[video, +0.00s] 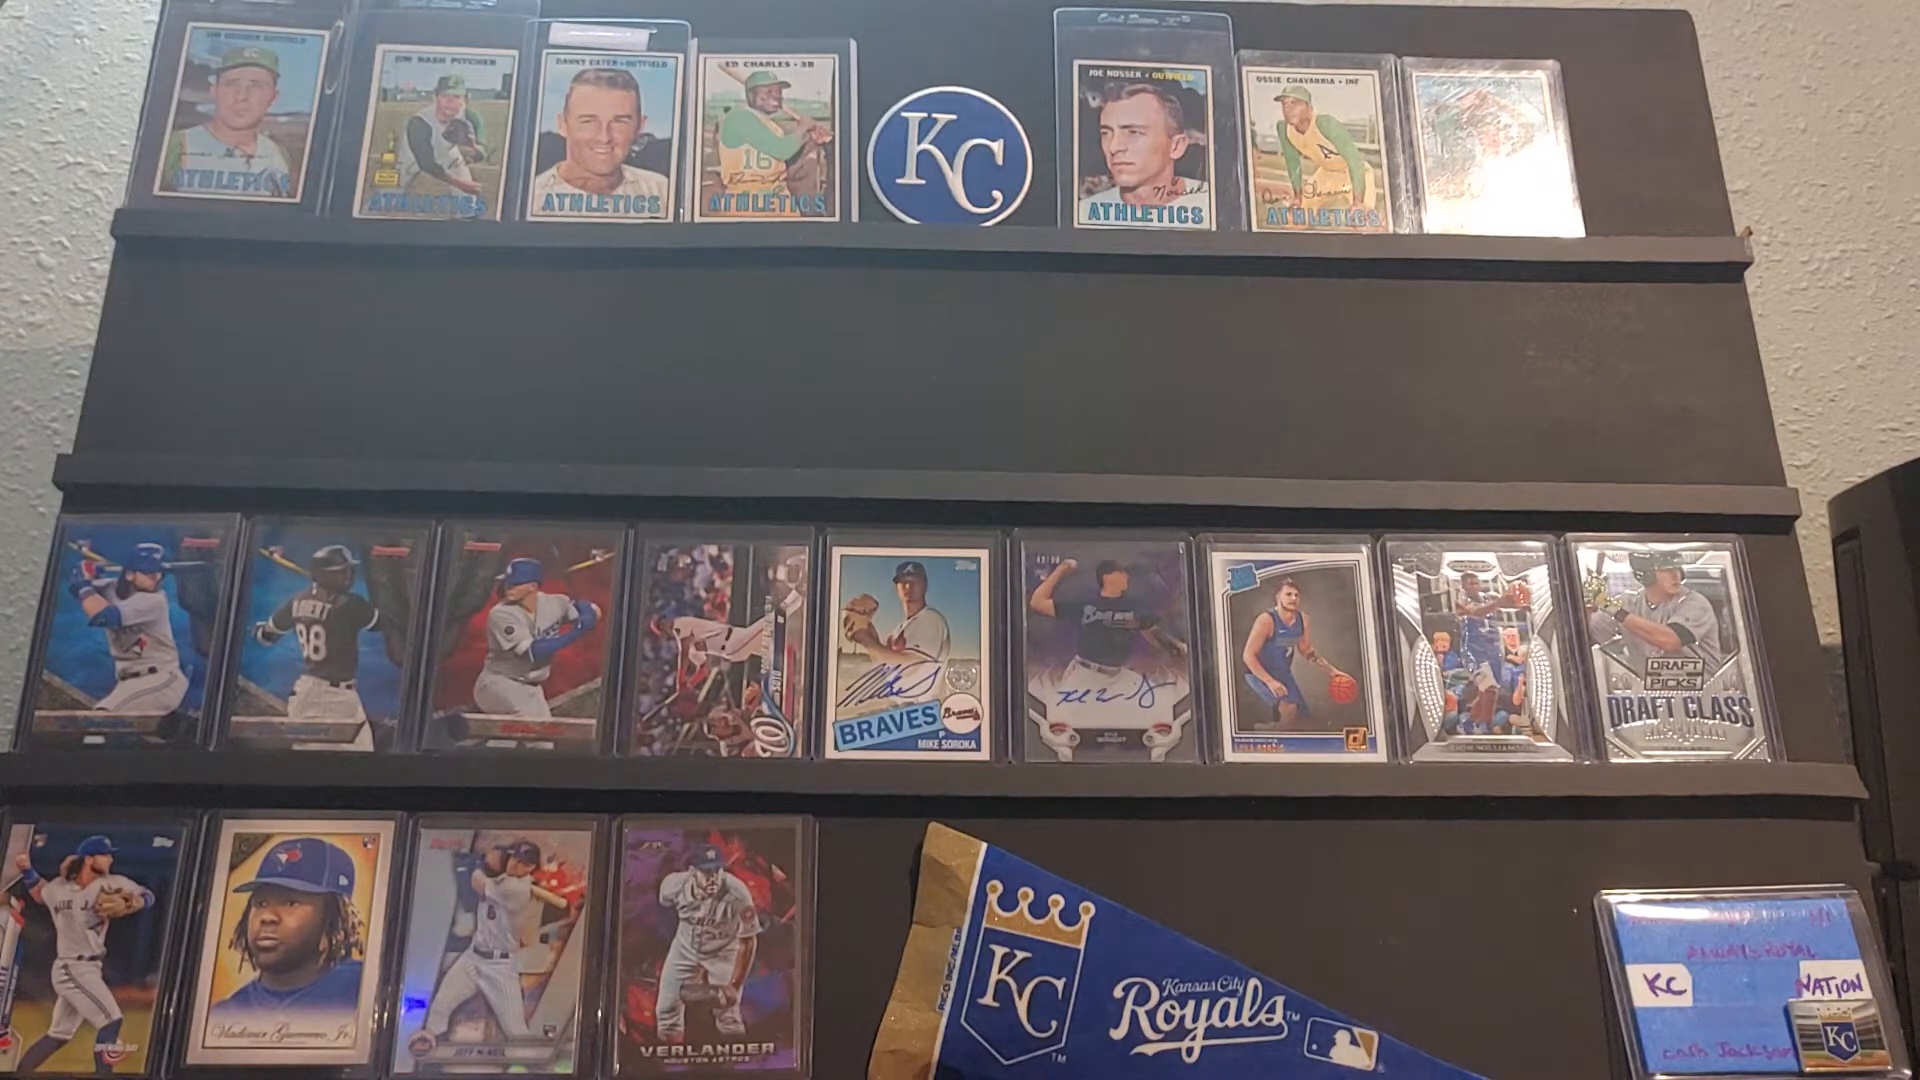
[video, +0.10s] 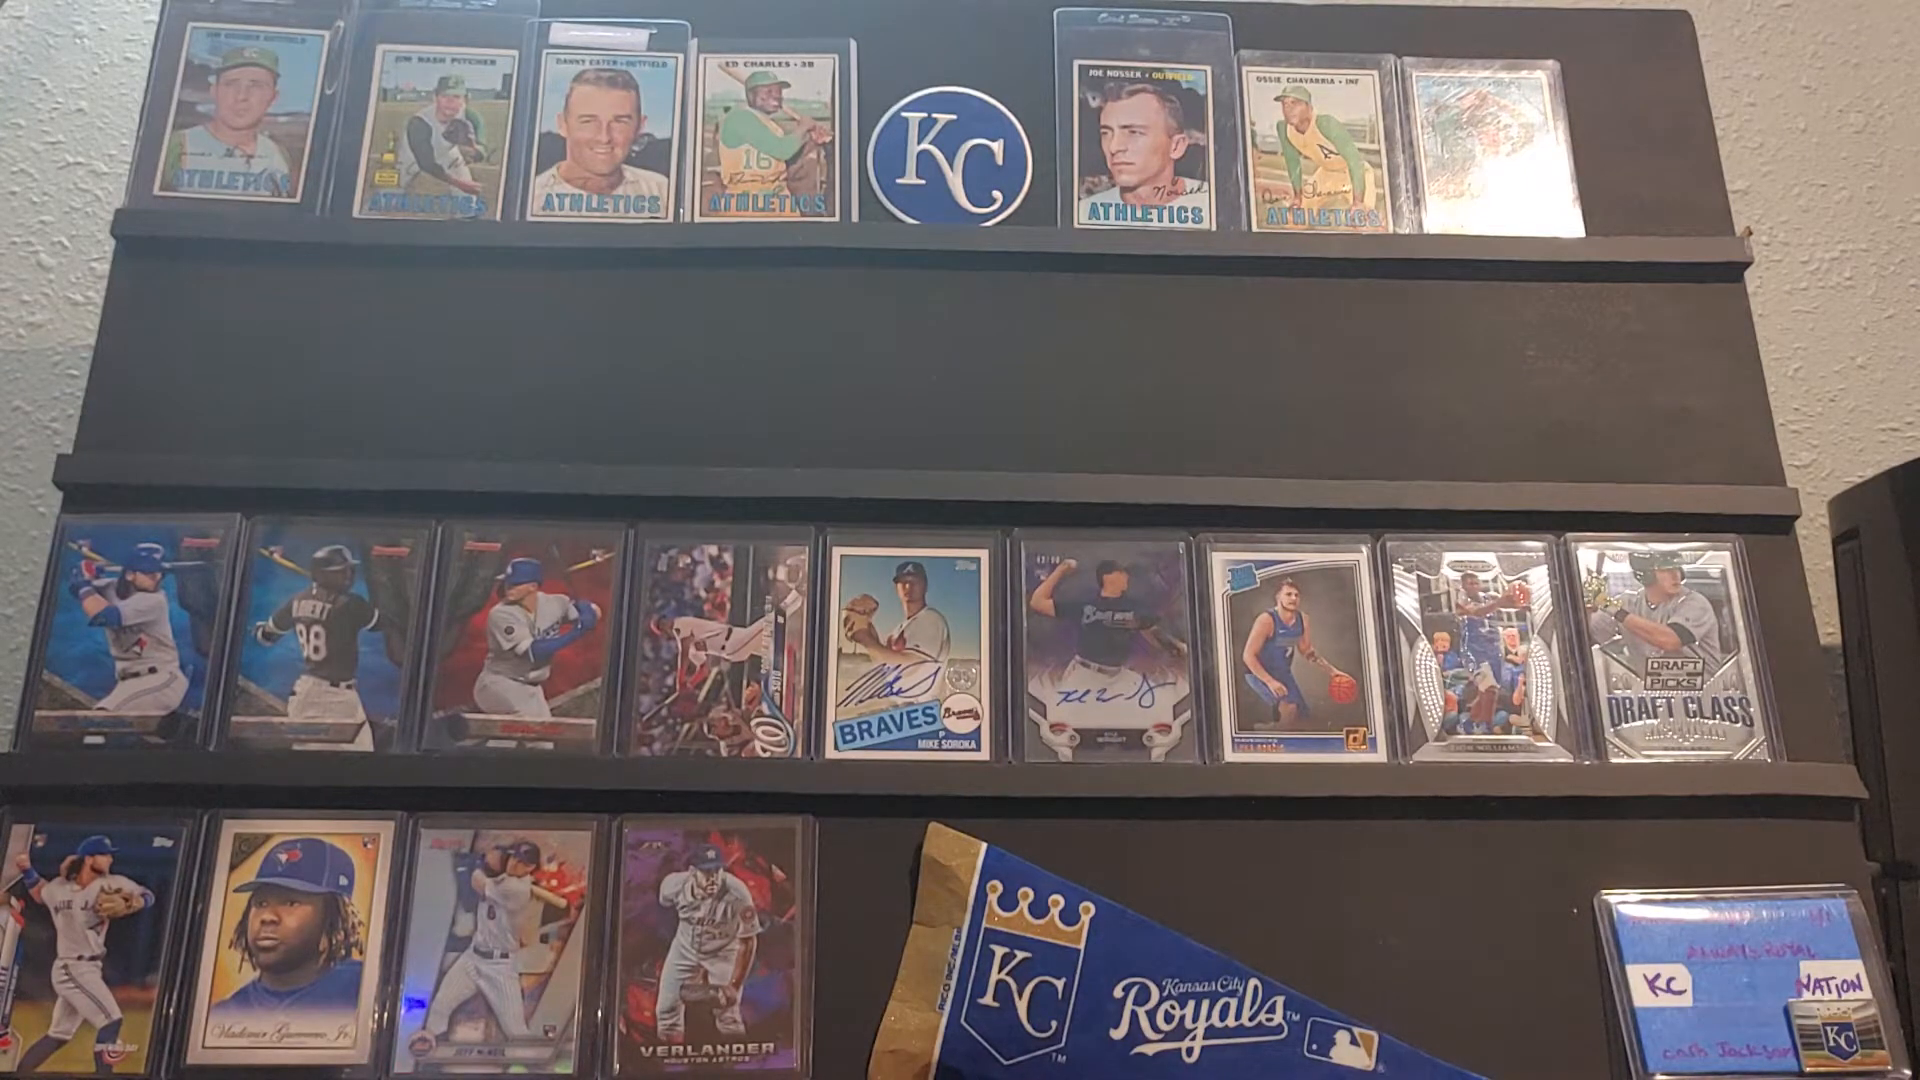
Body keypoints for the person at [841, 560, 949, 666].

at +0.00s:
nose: (907, 587)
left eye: (913, 582)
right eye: (902, 582)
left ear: (924, 586)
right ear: (896, 587)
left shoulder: (930, 619)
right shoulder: (901, 627)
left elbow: (910, 659)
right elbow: (880, 656)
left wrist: (865, 639)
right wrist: (862, 621)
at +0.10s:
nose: (907, 588)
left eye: (913, 582)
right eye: (902, 583)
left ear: (924, 586)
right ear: (896, 587)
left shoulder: (930, 619)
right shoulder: (901, 627)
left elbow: (911, 659)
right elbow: (880, 658)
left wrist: (865, 640)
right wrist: (863, 621)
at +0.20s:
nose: (907, 588)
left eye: (913, 582)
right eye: (902, 583)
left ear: (924, 586)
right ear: (896, 587)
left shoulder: (930, 619)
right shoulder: (901, 627)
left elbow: (911, 659)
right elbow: (880, 658)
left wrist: (865, 640)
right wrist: (863, 621)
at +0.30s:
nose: (907, 588)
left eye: (913, 582)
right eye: (902, 583)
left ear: (924, 586)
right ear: (896, 587)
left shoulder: (930, 619)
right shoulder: (901, 627)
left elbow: (911, 659)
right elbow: (880, 658)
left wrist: (865, 639)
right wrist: (863, 621)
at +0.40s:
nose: (907, 587)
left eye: (913, 582)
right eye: (902, 582)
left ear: (924, 586)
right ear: (896, 587)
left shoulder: (931, 619)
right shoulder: (900, 627)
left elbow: (910, 660)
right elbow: (881, 661)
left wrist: (865, 639)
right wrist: (864, 624)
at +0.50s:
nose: (907, 587)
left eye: (913, 582)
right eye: (902, 582)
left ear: (925, 586)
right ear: (896, 587)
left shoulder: (931, 619)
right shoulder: (901, 627)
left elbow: (910, 660)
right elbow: (881, 660)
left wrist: (865, 639)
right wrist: (864, 623)